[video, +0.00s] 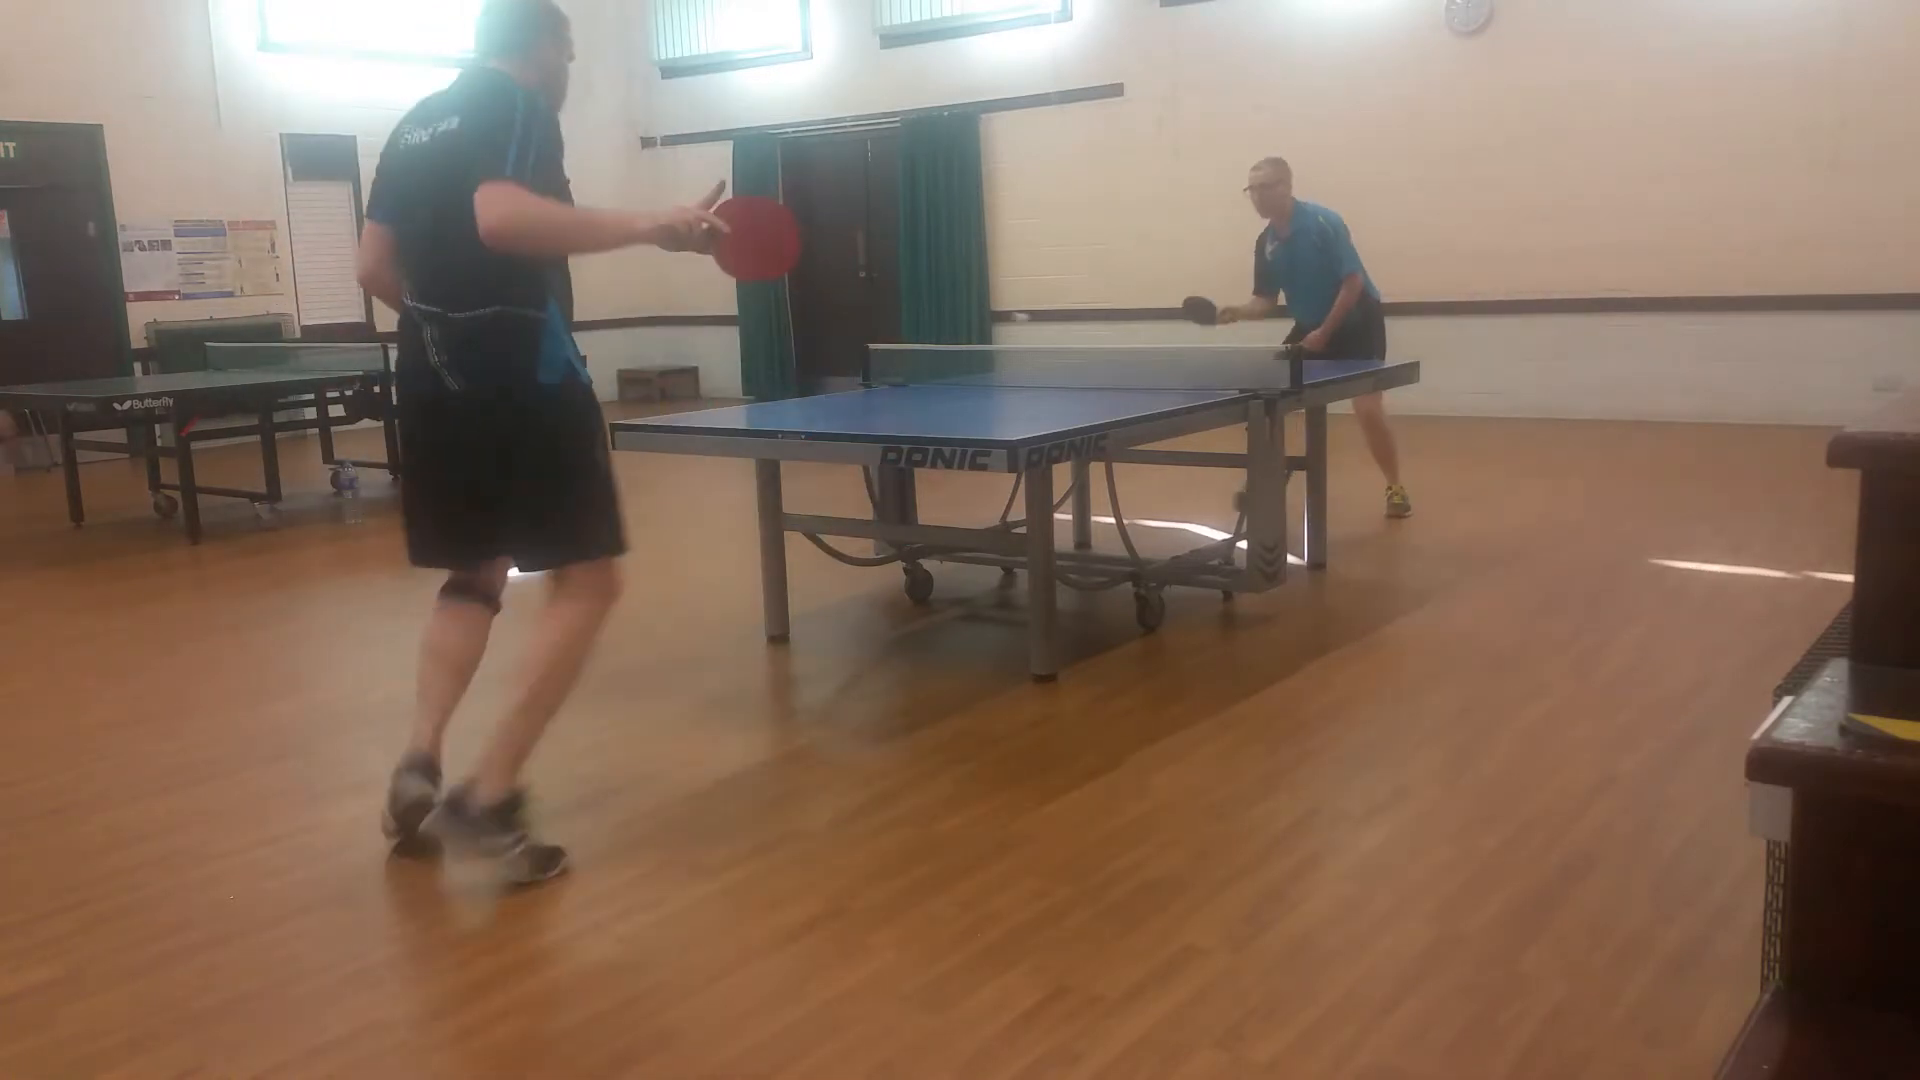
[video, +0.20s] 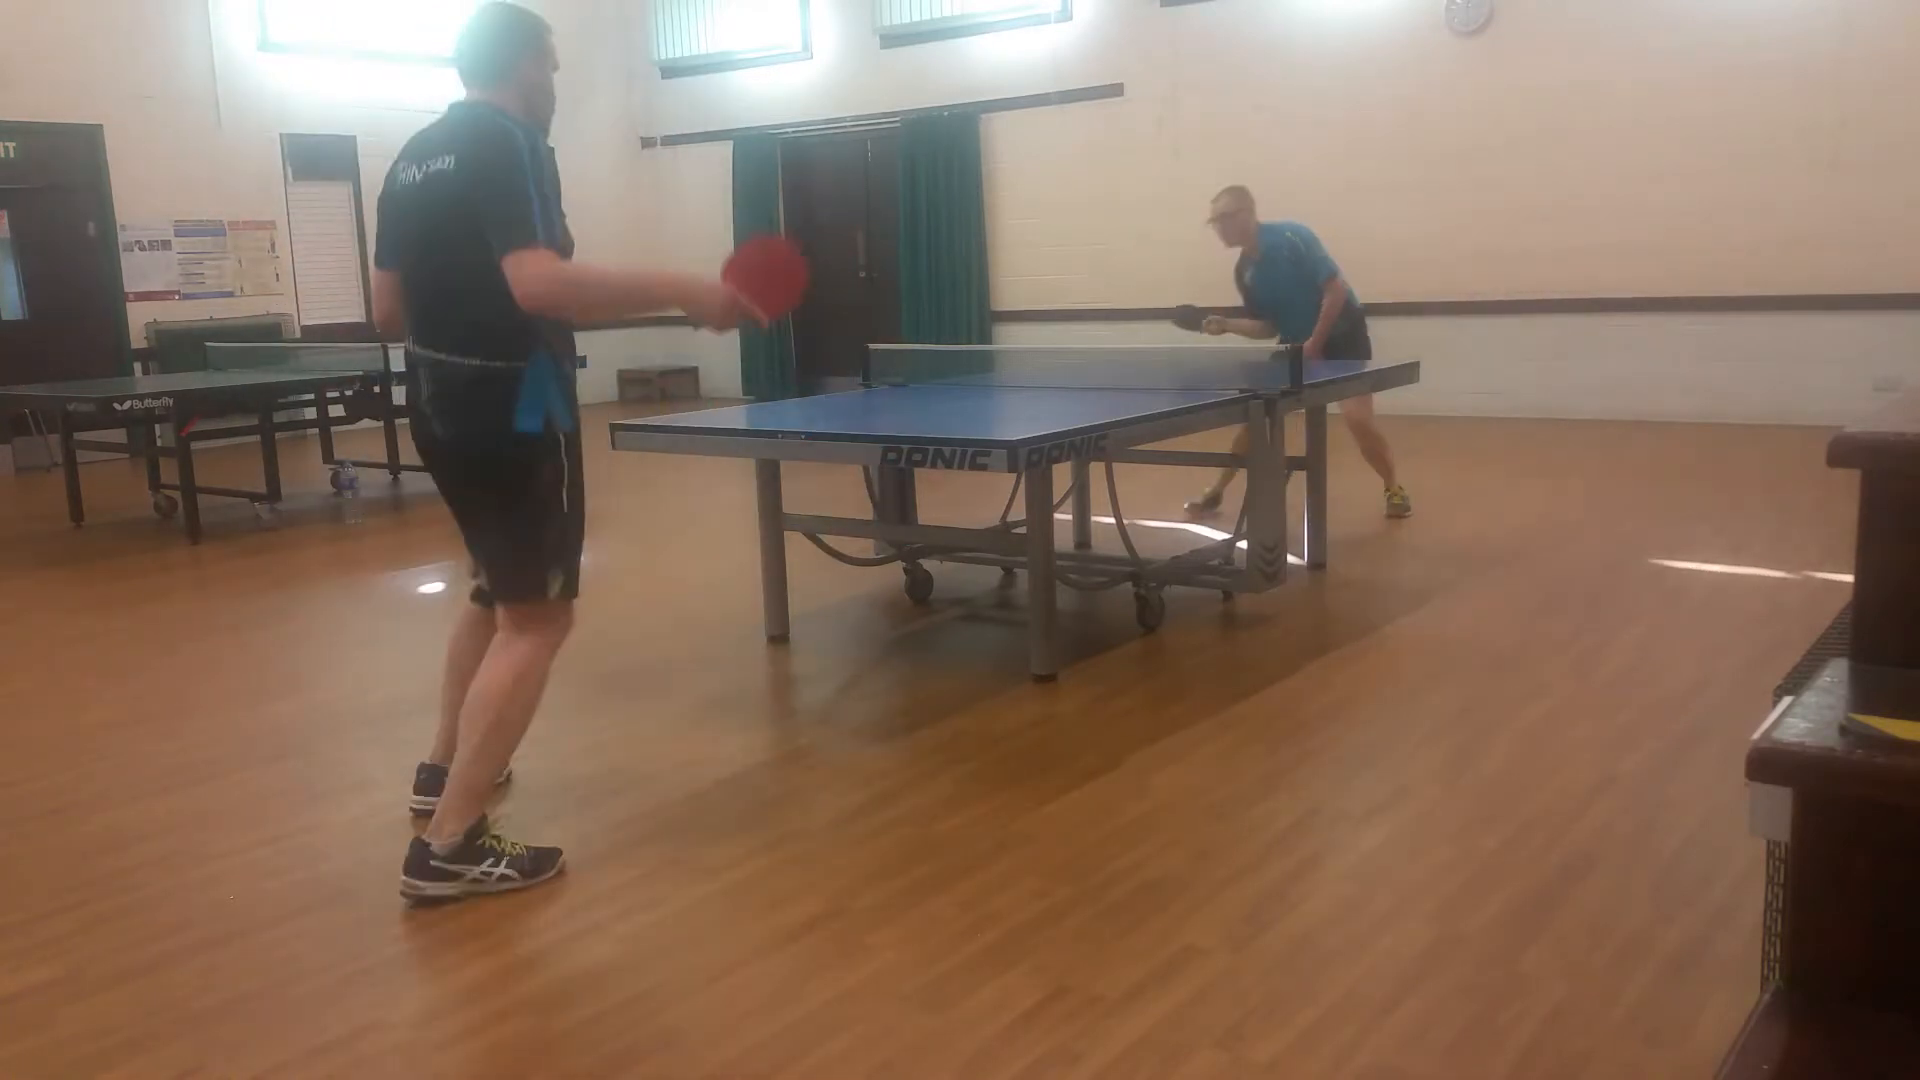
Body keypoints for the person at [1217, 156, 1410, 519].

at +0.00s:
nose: (1255, 197)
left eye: (1263, 188)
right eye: (1251, 190)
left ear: (1286, 187)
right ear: (1250, 194)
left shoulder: (1325, 223)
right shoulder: (1266, 243)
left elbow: (1354, 283)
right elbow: (1265, 300)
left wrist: (1322, 333)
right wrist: (1237, 311)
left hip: (1357, 319)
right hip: (1310, 325)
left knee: (1367, 409)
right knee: (1270, 402)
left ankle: (1394, 486)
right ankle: (1266, 488)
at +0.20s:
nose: (1219, 228)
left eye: (1224, 218)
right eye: (1215, 221)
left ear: (1247, 214)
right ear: (1217, 224)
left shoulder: (1292, 237)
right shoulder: (1245, 271)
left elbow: (1337, 289)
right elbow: (1267, 327)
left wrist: (1316, 342)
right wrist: (1227, 324)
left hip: (1340, 330)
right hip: (1298, 341)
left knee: (1357, 418)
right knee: (1256, 417)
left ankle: (1393, 487)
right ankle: (1216, 490)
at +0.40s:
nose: (1179, 248)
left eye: (1183, 238)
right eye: (1175, 242)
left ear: (1205, 232)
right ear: (1182, 245)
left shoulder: (1258, 244)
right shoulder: (1211, 292)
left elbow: (1311, 280)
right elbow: (1229, 341)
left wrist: (1297, 339)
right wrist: (1185, 332)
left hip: (1322, 337)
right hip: (1273, 350)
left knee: (1354, 420)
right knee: (1230, 413)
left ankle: (1394, 486)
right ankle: (1210, 491)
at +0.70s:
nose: (1191, 218)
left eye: (1198, 209)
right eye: (1185, 214)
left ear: (1219, 209)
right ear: (1184, 221)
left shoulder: (1262, 233)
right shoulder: (1201, 271)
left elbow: (1312, 273)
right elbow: (1193, 326)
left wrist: (1296, 325)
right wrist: (1163, 339)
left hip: (1316, 326)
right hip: (1268, 340)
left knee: (1352, 412)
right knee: (1230, 409)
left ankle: (1399, 481)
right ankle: (1210, 493)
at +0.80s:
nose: (1217, 209)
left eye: (1224, 200)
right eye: (1211, 203)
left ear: (1243, 202)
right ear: (1208, 210)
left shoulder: (1286, 233)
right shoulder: (1220, 262)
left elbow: (1328, 280)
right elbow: (1208, 322)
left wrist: (1303, 331)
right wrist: (1174, 339)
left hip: (1323, 331)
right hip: (1275, 342)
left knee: (1357, 416)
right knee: (1234, 411)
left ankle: (1411, 472)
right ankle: (1209, 492)